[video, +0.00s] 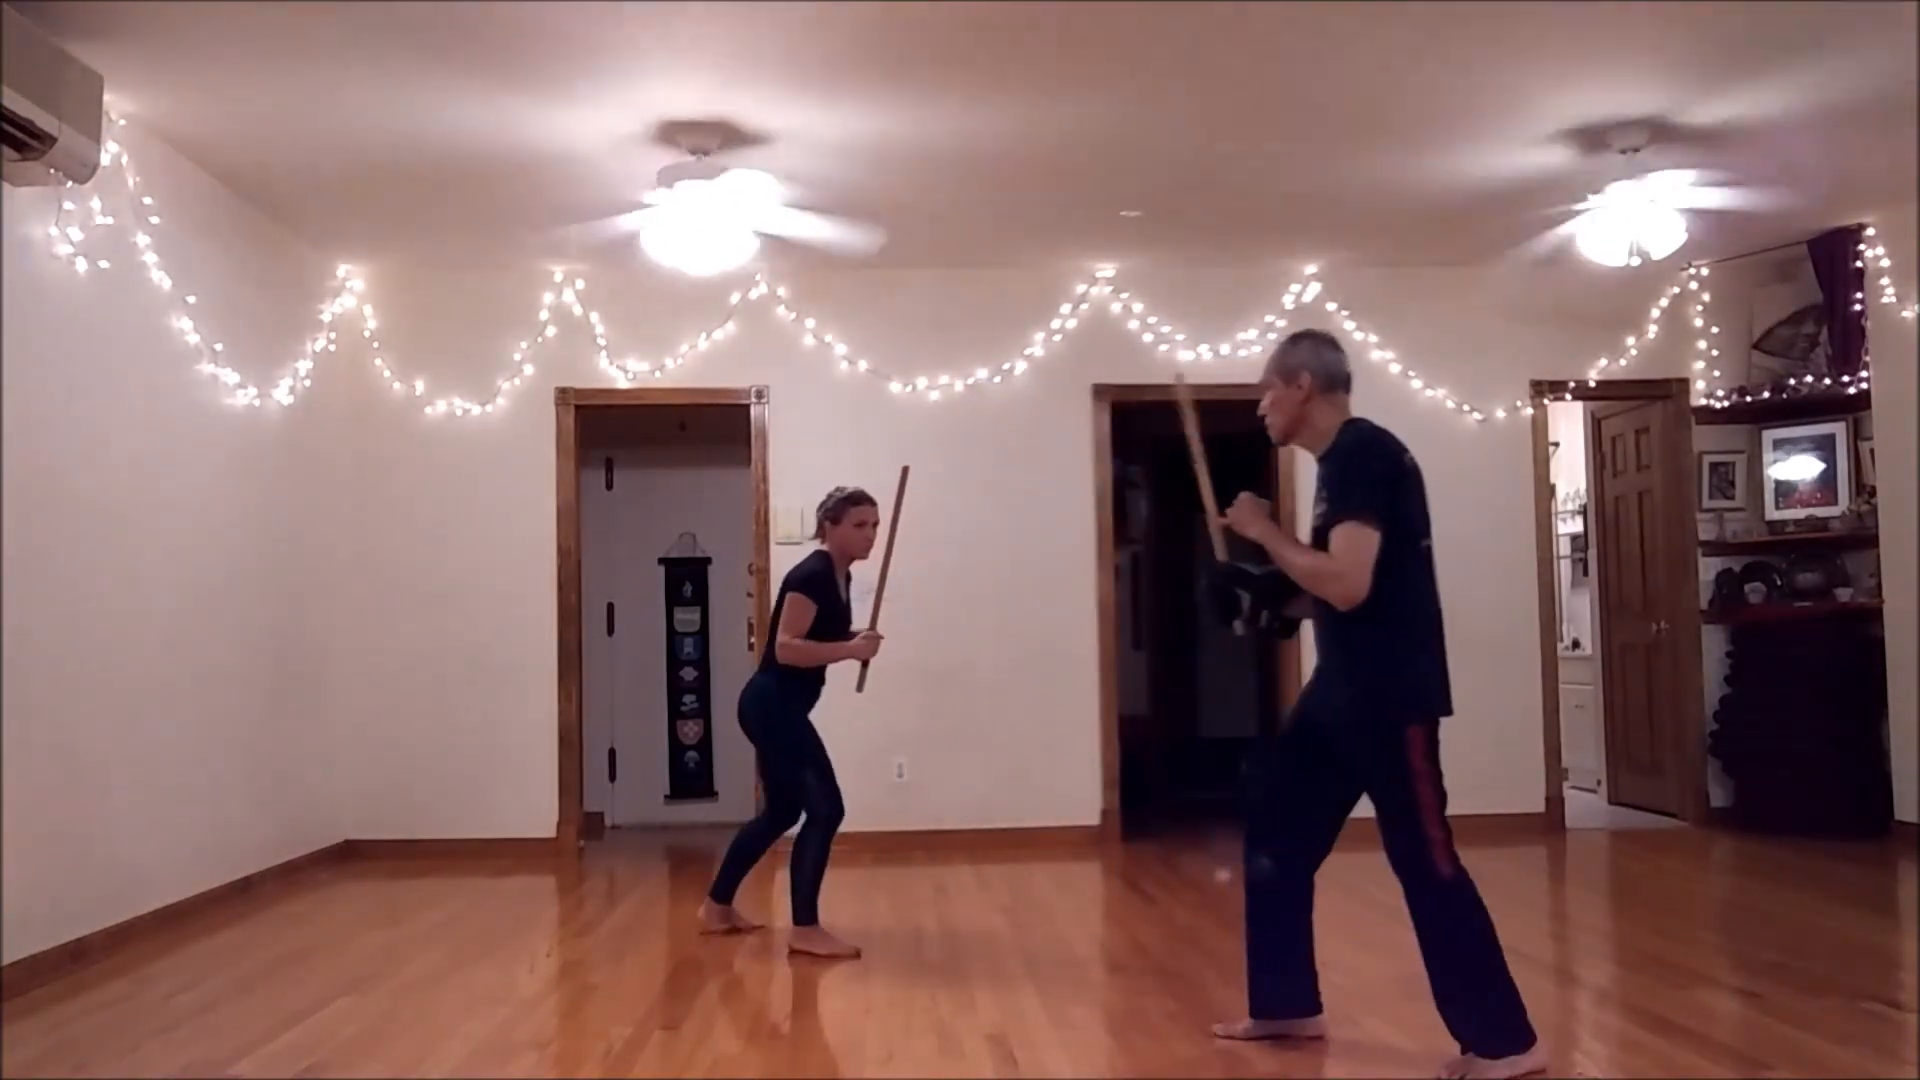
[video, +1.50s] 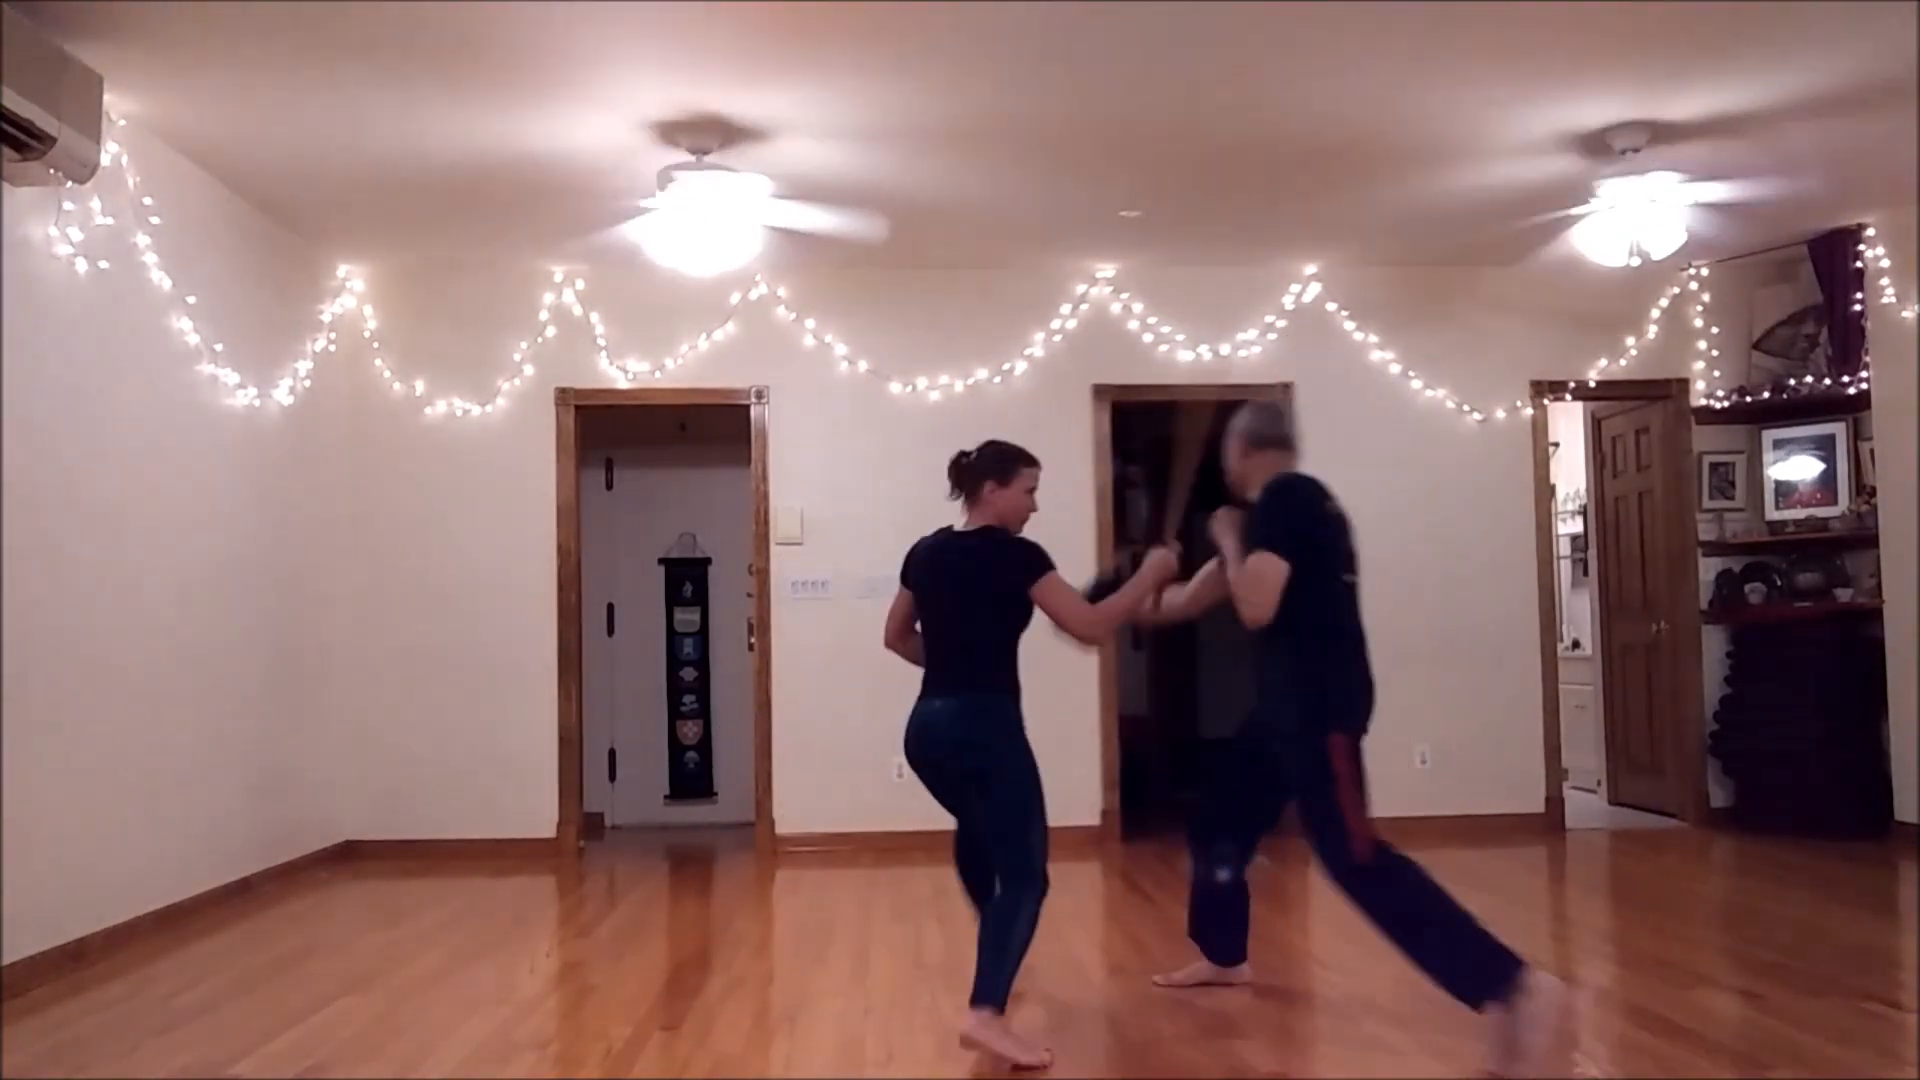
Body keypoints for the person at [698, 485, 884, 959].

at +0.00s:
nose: (870, 535)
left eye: (874, 526)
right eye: (861, 526)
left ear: (869, 531)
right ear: (830, 529)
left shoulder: (839, 575)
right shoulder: (811, 576)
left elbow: (814, 637)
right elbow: (785, 648)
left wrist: (851, 641)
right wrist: (850, 649)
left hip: (780, 706)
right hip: (773, 708)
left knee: (781, 811)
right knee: (826, 810)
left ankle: (717, 905)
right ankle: (805, 929)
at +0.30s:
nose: (847, 535)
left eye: (849, 527)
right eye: (838, 526)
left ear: (827, 531)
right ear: (807, 527)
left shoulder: (809, 574)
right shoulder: (787, 574)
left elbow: (810, 640)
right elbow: (765, 647)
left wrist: (847, 614)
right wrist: (830, 649)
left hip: (755, 705)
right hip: (756, 708)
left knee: (762, 809)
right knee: (807, 806)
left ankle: (711, 910)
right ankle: (804, 927)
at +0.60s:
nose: (845, 532)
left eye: (847, 523)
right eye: (836, 523)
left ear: (822, 528)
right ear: (806, 524)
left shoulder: (805, 570)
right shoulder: (787, 573)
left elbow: (790, 635)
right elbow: (764, 645)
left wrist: (828, 630)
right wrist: (829, 648)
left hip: (755, 703)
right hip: (758, 707)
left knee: (754, 810)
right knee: (818, 804)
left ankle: (710, 910)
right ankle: (805, 926)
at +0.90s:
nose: (898, 553)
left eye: (899, 543)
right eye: (889, 544)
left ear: (866, 549)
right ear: (858, 547)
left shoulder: (858, 593)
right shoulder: (852, 596)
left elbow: (895, 652)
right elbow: (874, 676)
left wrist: (929, 622)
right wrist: (942, 659)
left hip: (810, 731)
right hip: (817, 737)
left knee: (785, 824)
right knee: (904, 812)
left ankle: (714, 904)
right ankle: (952, 929)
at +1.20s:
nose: (1020, 536)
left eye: (1021, 526)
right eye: (1010, 526)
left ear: (979, 530)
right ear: (975, 529)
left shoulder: (958, 573)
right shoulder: (967, 585)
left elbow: (965, 653)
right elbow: (975, 678)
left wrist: (993, 685)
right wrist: (1049, 666)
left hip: (903, 720)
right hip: (901, 727)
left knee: (997, 805)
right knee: (1002, 808)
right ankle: (973, 930)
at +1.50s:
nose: (1033, 504)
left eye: (1034, 492)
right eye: (1028, 492)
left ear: (979, 494)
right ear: (991, 491)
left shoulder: (928, 551)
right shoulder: (1017, 554)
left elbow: (897, 636)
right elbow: (1090, 624)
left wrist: (947, 662)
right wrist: (1148, 577)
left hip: (928, 731)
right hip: (990, 732)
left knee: (974, 827)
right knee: (1027, 876)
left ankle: (999, 930)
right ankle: (985, 1013)